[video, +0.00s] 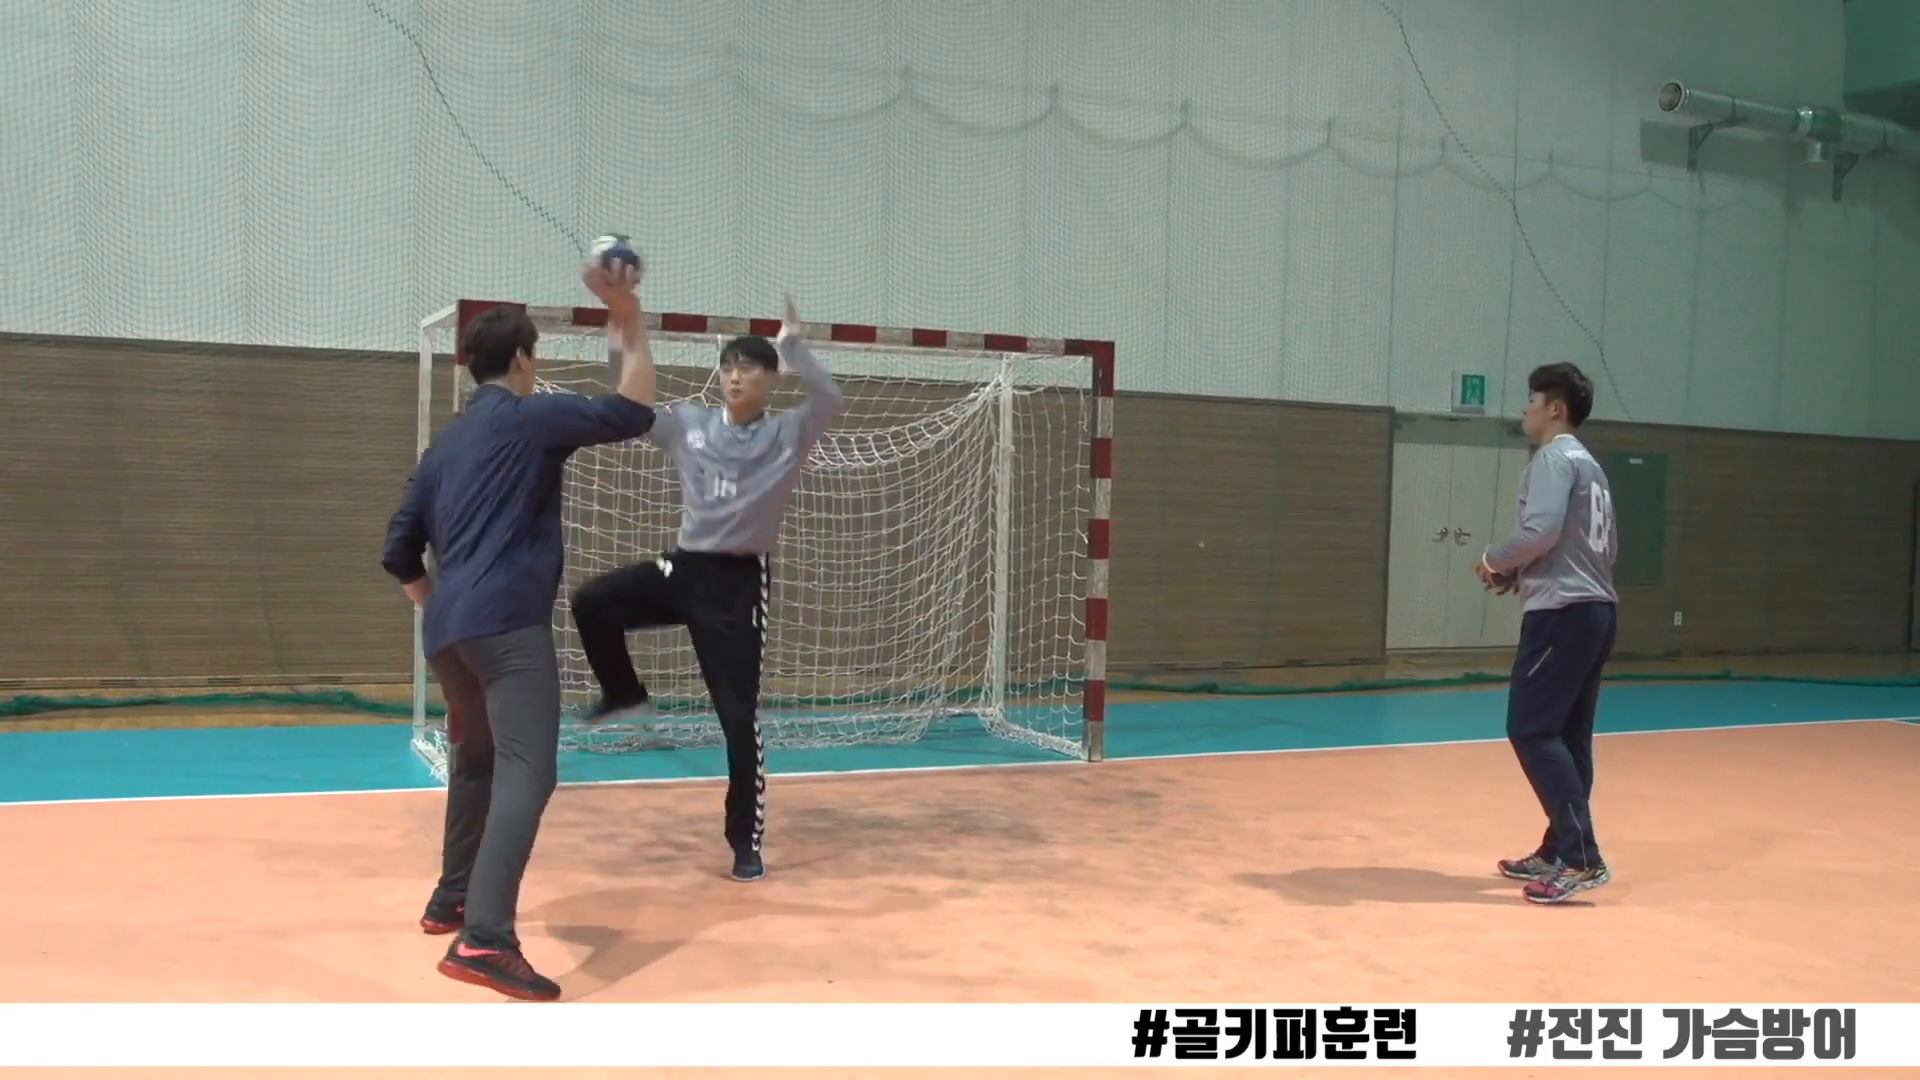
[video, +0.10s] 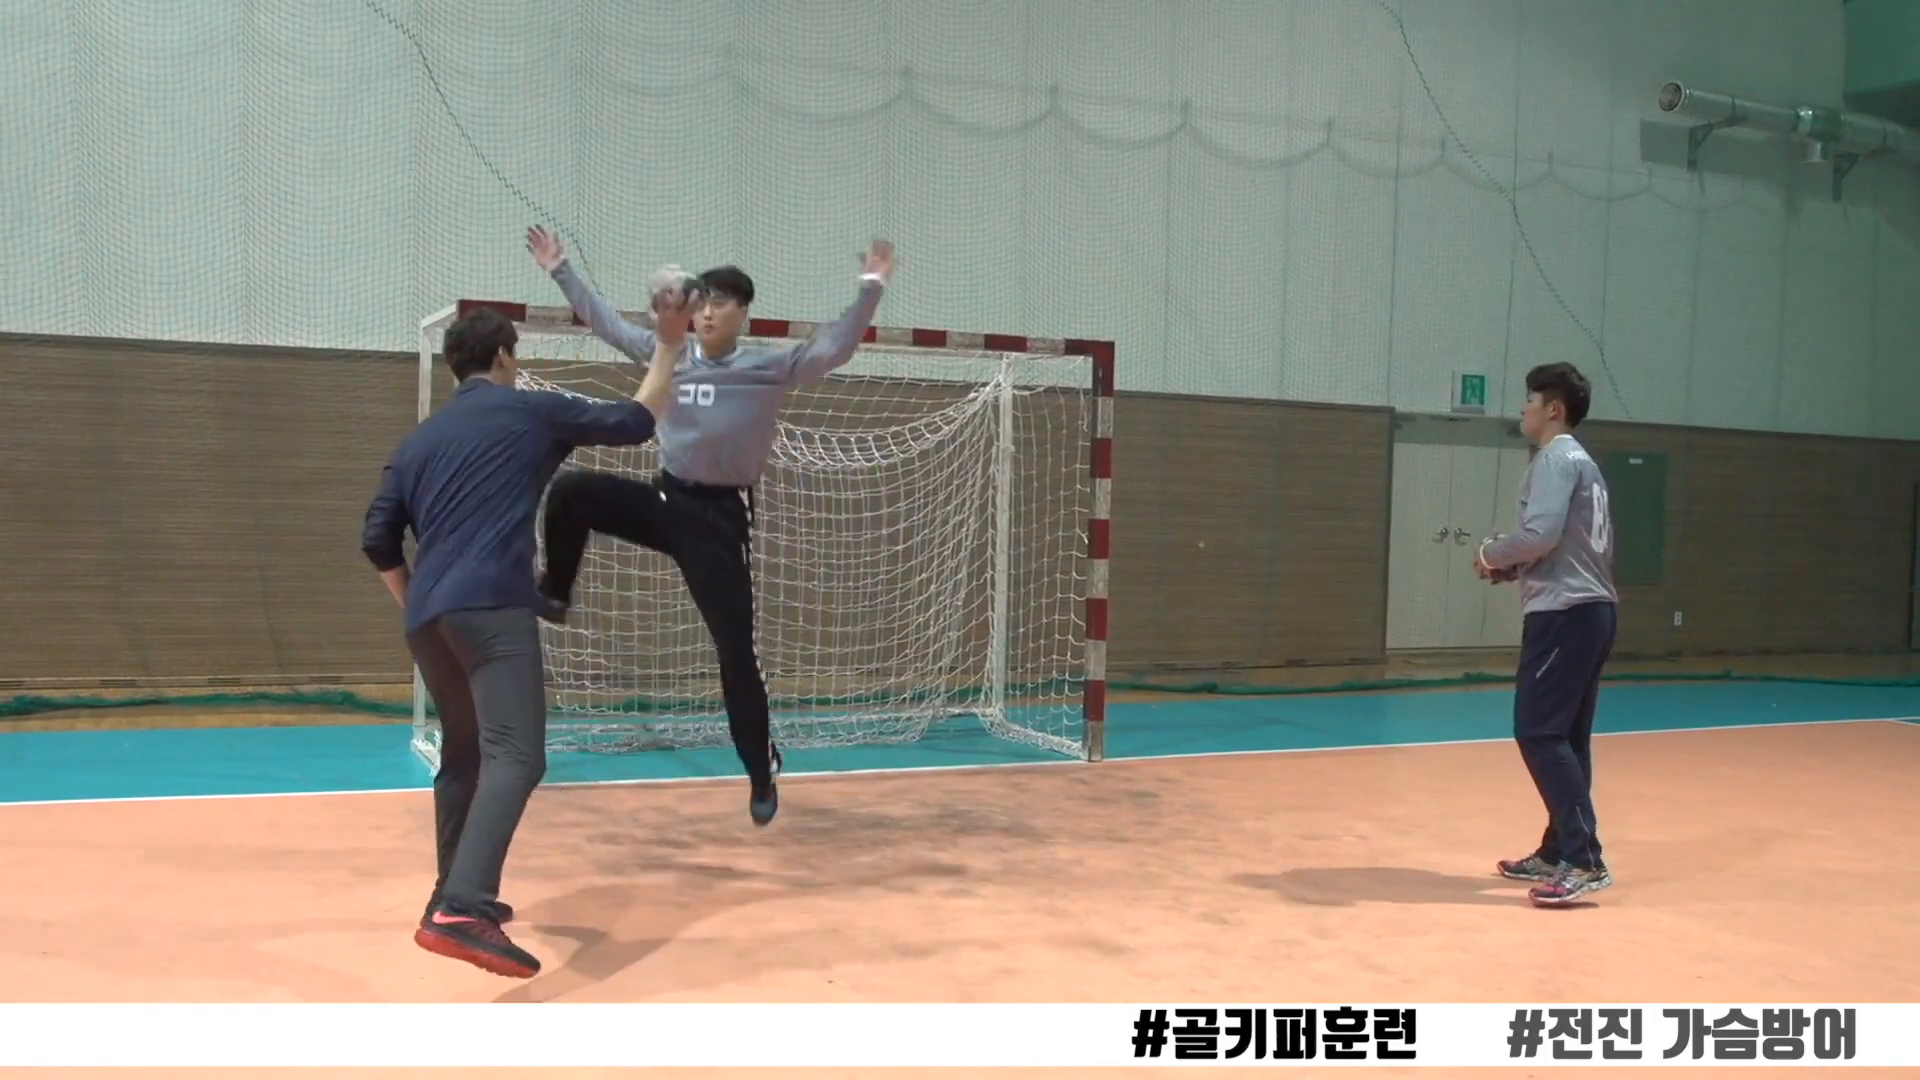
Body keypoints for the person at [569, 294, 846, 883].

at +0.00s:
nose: (737, 376)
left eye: (749, 368)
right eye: (730, 367)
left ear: (772, 379)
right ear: (720, 377)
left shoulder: (788, 434)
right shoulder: (690, 423)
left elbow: (830, 400)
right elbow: (628, 410)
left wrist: (793, 349)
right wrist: (623, 340)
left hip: (737, 582)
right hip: (681, 572)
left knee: (738, 719)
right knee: (592, 602)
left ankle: (747, 845)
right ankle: (623, 693)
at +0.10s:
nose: (706, 313)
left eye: (719, 303)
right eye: (700, 302)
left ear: (745, 313)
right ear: (692, 311)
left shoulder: (770, 367)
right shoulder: (670, 354)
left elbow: (833, 349)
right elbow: (605, 321)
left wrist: (871, 287)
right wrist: (561, 268)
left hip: (717, 518)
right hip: (663, 504)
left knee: (735, 650)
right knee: (571, 492)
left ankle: (761, 774)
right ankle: (554, 594)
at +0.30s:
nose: (678, 267)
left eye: (691, 258)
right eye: (671, 257)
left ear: (717, 264)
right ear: (662, 261)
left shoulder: (734, 338)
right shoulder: (628, 305)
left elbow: (792, 392)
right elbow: (560, 283)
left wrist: (855, 407)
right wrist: (517, 222)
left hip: (682, 465)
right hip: (614, 442)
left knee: (742, 553)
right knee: (500, 451)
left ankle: (770, 687)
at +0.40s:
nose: (677, 281)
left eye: (690, 272)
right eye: (670, 269)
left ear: (712, 280)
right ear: (659, 271)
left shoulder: (723, 359)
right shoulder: (612, 312)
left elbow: (762, 420)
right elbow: (548, 274)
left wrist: (790, 449)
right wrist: (535, 204)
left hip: (662, 482)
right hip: (592, 463)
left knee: (711, 590)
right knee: (487, 468)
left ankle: (757, 718)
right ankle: (419, 575)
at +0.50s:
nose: (674, 319)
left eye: (688, 312)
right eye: (668, 306)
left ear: (706, 320)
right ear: (655, 304)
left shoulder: (711, 399)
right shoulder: (607, 345)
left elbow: (725, 463)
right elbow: (538, 310)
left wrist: (739, 508)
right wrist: (561, 246)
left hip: (637, 528)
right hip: (569, 505)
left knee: (665, 651)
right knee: (472, 550)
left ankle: (705, 785)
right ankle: (383, 649)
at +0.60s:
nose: (666, 391)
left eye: (679, 382)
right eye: (658, 378)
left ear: (694, 391)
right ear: (640, 378)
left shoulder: (699, 469)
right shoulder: (597, 414)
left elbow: (693, 532)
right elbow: (513, 406)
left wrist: (694, 575)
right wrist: (532, 351)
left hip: (621, 599)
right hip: (559, 575)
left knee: (627, 732)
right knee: (458, 666)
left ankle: (635, 866)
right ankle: (388, 751)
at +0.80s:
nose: (653, 490)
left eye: (660, 479)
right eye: (643, 477)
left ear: (666, 483)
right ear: (613, 473)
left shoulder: (654, 552)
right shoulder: (551, 524)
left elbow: (660, 623)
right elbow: (487, 573)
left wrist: (676, 626)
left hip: (589, 667)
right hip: (519, 661)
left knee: (628, 743)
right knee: (460, 760)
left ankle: (631, 863)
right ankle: (398, 869)